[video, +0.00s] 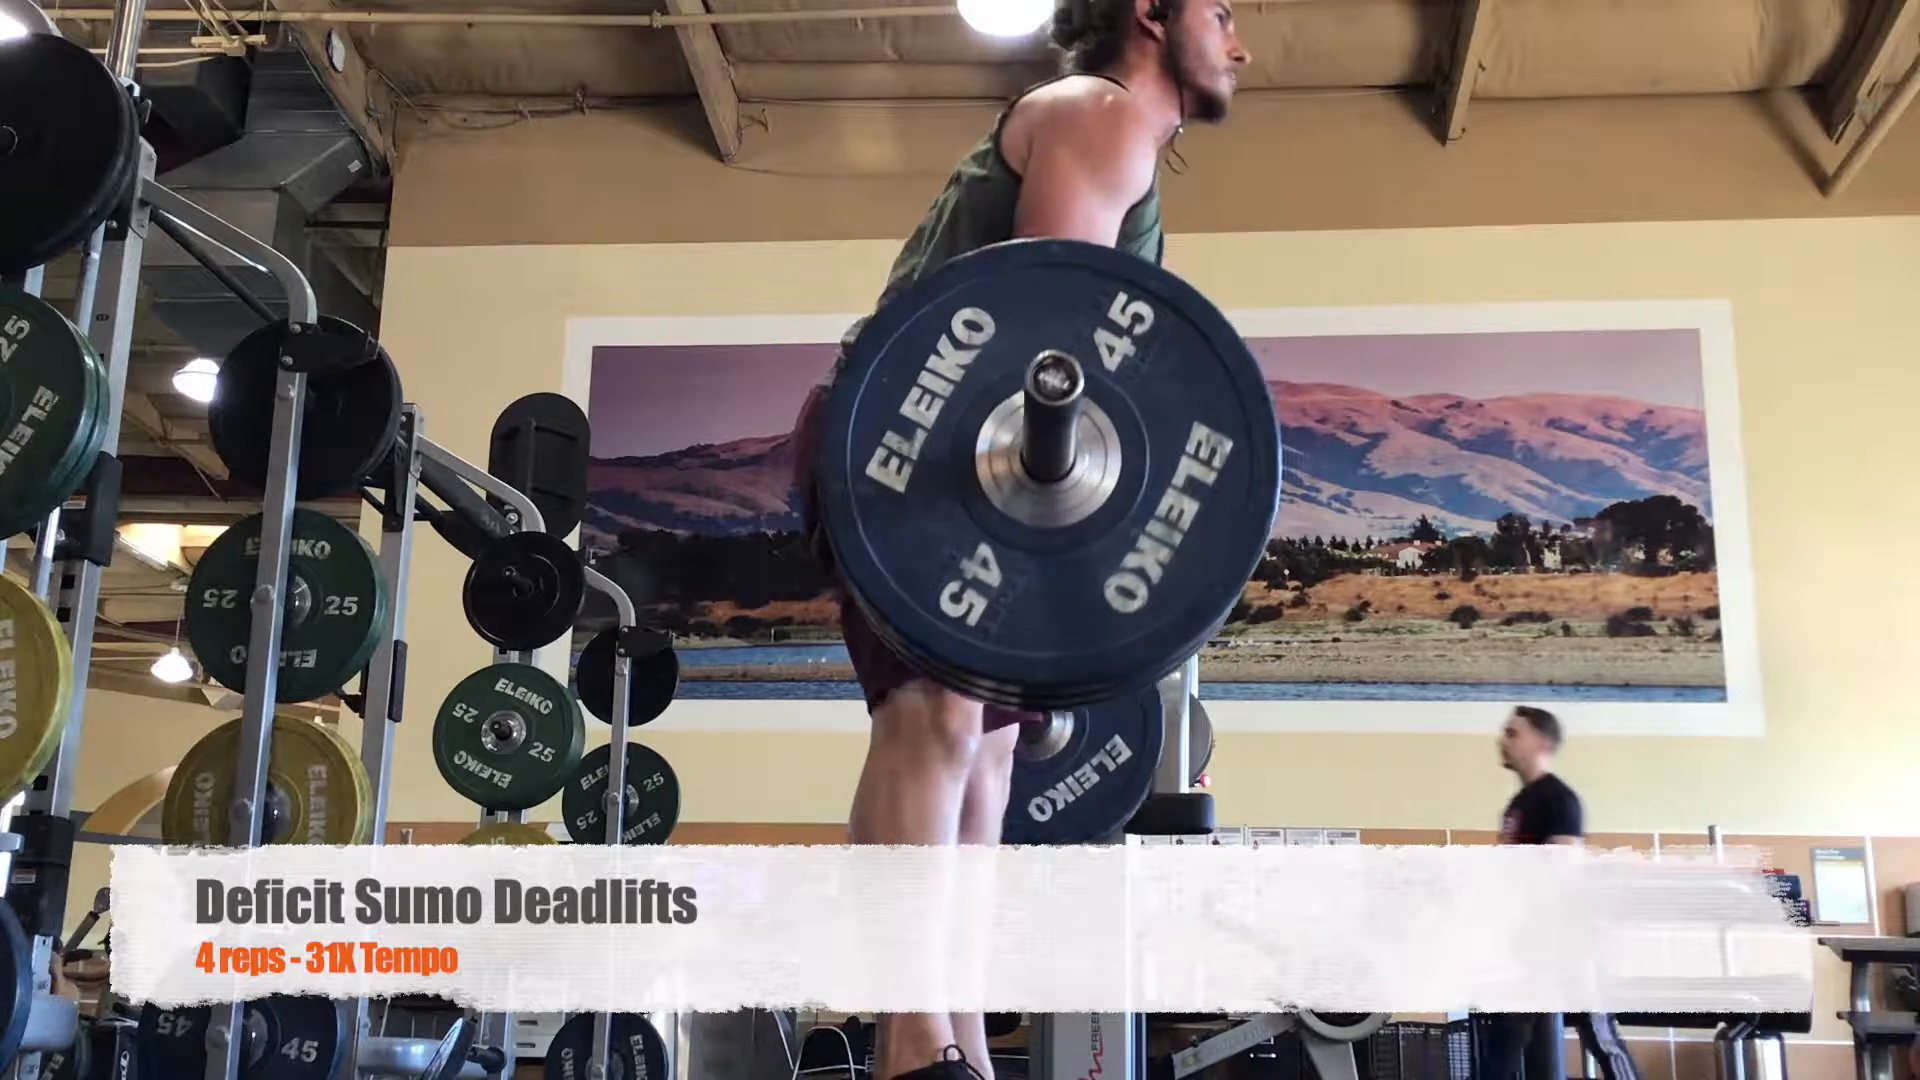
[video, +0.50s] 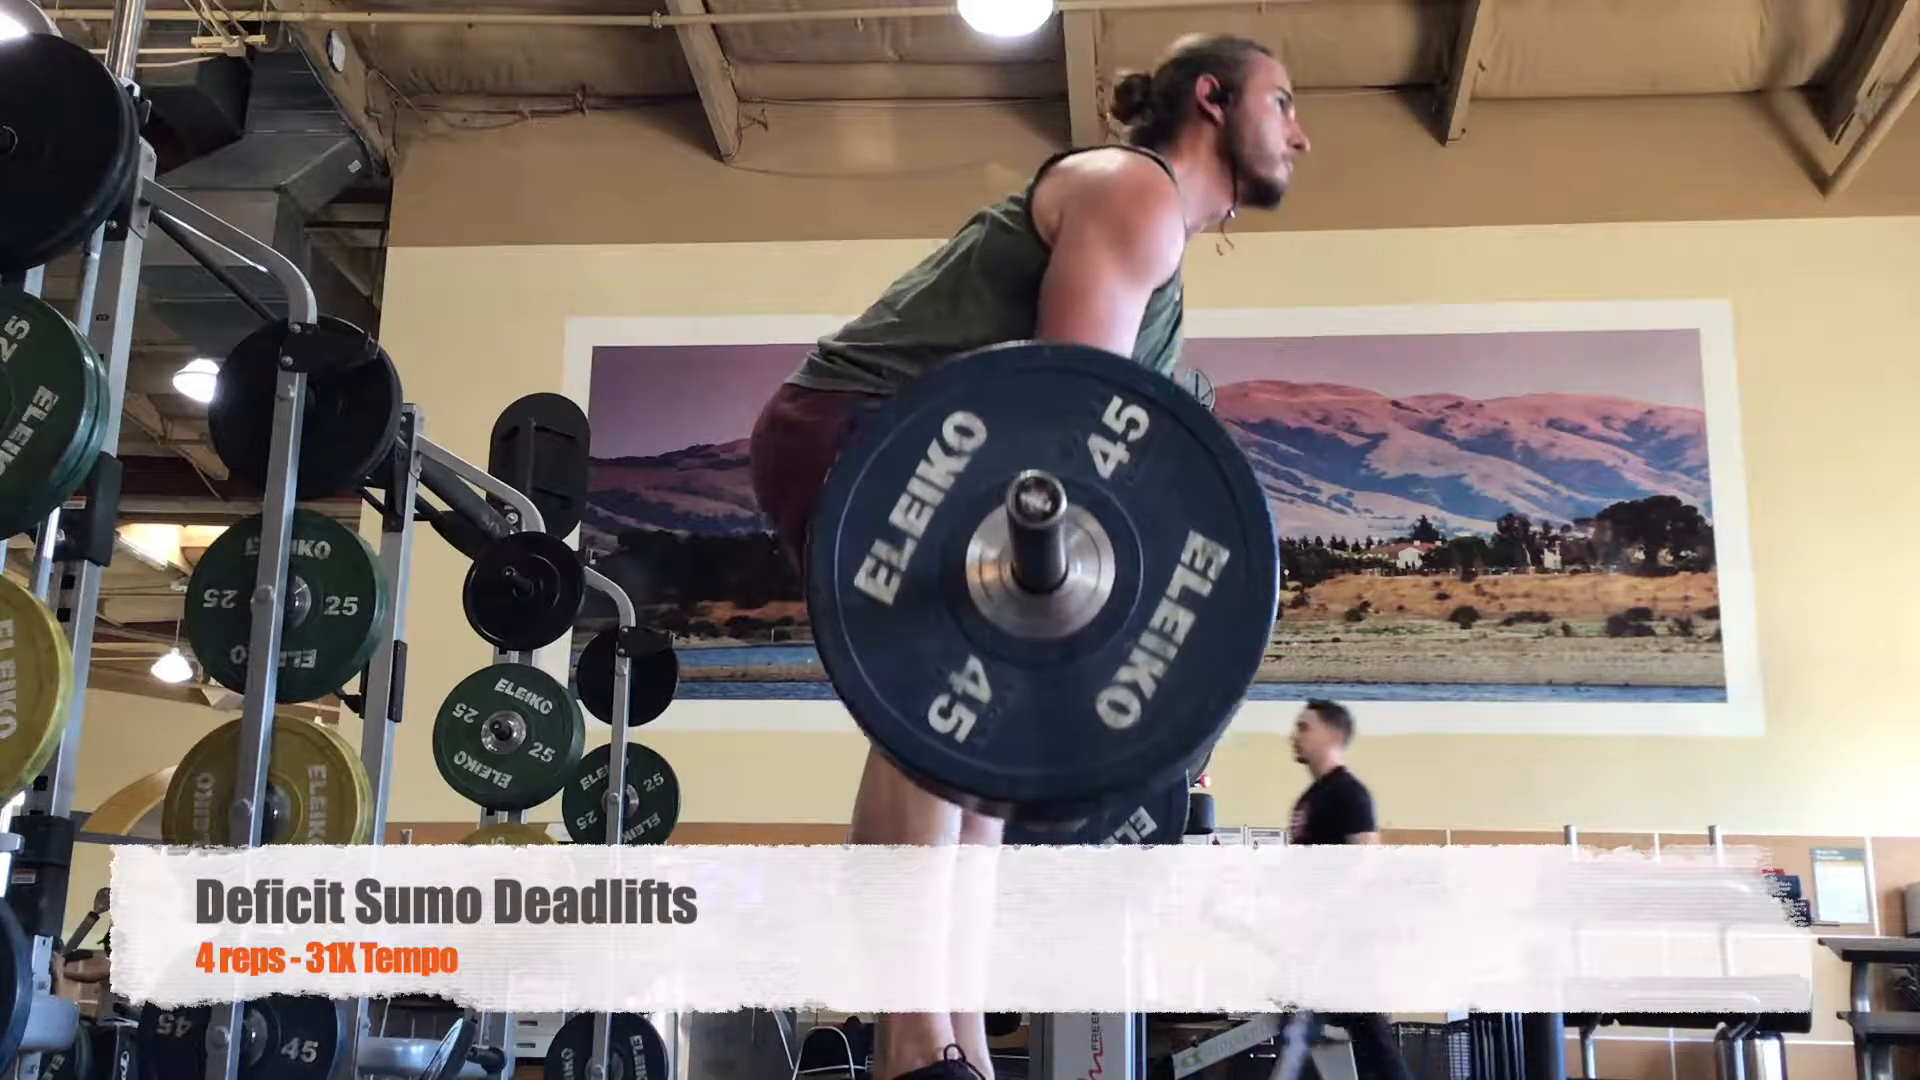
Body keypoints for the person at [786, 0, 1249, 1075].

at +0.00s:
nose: (1235, 33)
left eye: (1229, 15)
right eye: (1215, 12)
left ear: (1159, 28)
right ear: (1153, 19)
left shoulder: (1123, 148)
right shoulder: (1097, 115)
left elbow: (1075, 357)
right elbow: (1058, 335)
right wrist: (1075, 563)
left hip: (956, 440)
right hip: (886, 426)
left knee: (992, 724)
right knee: (931, 713)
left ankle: (958, 1032)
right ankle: (908, 1043)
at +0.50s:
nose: (1299, 129)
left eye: (1297, 108)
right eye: (1282, 103)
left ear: (1221, 116)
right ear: (1209, 106)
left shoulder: (1162, 246)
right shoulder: (1132, 192)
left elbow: (1105, 438)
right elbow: (1069, 407)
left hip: (905, 448)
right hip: (839, 426)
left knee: (991, 721)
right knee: (934, 701)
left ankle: (955, 1029)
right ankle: (907, 1037)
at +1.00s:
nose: (1347, 278)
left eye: (1347, 251)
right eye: (1333, 244)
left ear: (1263, 242)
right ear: (1261, 235)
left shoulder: (1185, 427)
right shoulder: (1154, 314)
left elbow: (1135, 582)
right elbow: (1084, 552)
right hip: (827, 457)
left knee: (996, 746)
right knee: (954, 726)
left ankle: (970, 1043)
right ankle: (923, 1043)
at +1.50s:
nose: (1382, 482)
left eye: (1388, 462)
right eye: (1374, 447)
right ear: (1301, 423)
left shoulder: (1193, 599)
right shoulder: (1169, 493)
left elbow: (1134, 771)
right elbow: (1081, 735)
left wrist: (1138, 950)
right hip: (810, 557)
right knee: (1047, 707)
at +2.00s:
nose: (1361, 258)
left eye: (1364, 235)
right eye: (1350, 225)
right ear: (1274, 206)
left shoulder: (1189, 395)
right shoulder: (1165, 286)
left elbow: (1145, 543)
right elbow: (1089, 502)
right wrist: (1091, 661)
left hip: (911, 466)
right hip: (840, 434)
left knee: (981, 728)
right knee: (945, 713)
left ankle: (965, 1037)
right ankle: (922, 1039)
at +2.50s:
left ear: (944, 3)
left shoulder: (994, 65)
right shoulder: (975, 55)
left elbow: (999, 272)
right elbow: (989, 262)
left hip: (1002, 438)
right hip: (951, 432)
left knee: (1015, 727)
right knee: (973, 714)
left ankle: (963, 1038)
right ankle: (915, 1045)